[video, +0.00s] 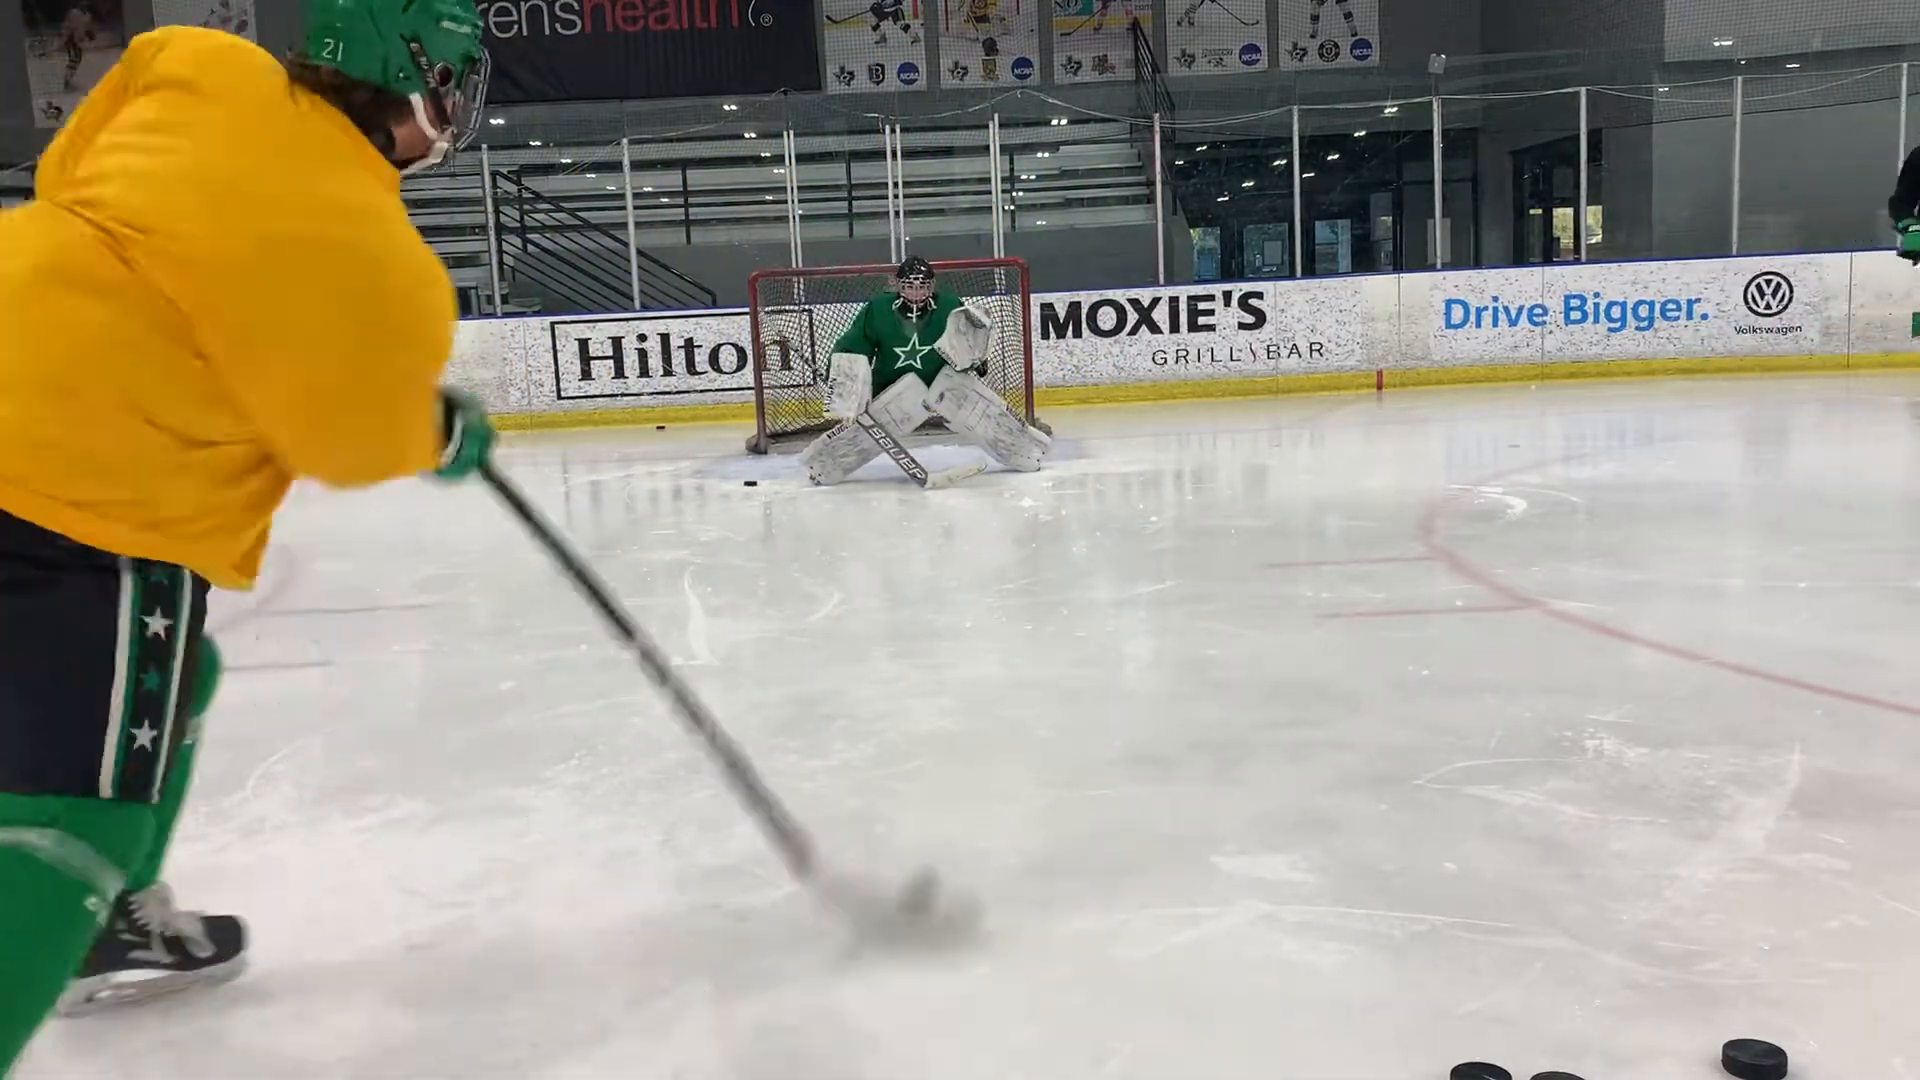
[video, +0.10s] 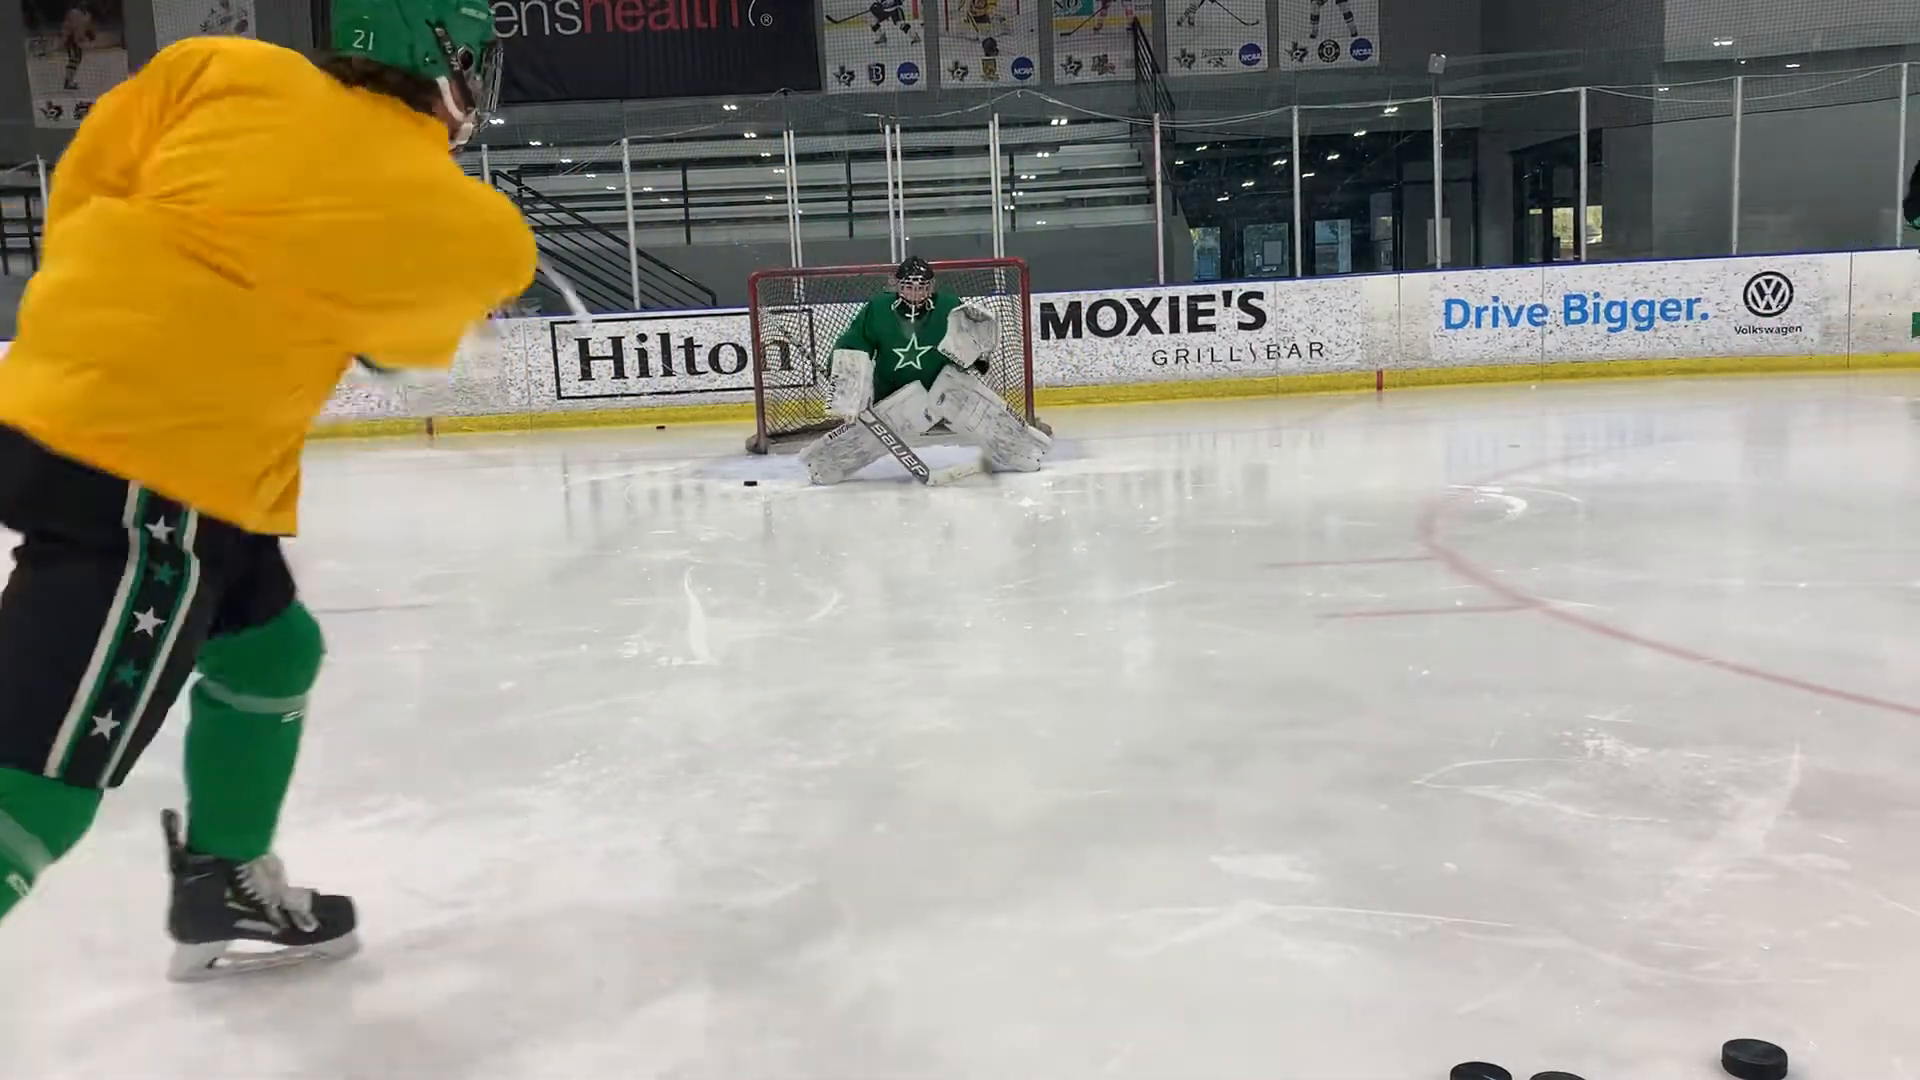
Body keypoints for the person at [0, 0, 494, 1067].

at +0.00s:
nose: (452, 134)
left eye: (461, 107)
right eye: (451, 103)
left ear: (330, 56)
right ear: (405, 92)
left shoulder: (190, 82)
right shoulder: (358, 239)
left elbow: (64, 171)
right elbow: (356, 440)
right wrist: (444, 430)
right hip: (83, 482)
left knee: (164, 676)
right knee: (65, 836)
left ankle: (98, 907)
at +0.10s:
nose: (478, 109)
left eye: (483, 80)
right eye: (475, 78)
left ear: (354, 45)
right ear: (439, 68)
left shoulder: (216, 66)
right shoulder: (457, 211)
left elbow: (78, 186)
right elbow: (404, 344)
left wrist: (80, 309)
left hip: (40, 409)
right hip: (152, 469)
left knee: (267, 651)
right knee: (27, 804)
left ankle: (225, 883)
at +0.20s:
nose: (502, 85)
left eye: (501, 65)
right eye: (496, 63)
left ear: (368, 40)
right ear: (468, 58)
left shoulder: (264, 74)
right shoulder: (471, 151)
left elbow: (116, 208)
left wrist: (164, 332)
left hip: (111, 374)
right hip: (234, 411)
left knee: (314, 636)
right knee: (56, 741)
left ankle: (273, 873)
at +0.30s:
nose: (505, 59)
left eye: (503, 42)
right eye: (499, 40)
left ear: (381, 26)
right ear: (479, 40)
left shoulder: (285, 65)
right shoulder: (489, 121)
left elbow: (161, 233)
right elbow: (557, 187)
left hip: (165, 354)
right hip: (287, 385)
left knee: (350, 614)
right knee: (133, 704)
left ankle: (333, 862)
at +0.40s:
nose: (515, 52)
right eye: (511, 39)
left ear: (391, 18)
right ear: (494, 34)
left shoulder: (294, 54)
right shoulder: (538, 120)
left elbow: (187, 222)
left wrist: (238, 330)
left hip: (213, 349)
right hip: (339, 369)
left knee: (401, 598)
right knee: (229, 692)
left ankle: (388, 842)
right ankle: (11, 919)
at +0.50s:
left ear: (401, 5)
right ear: (502, 14)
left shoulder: (312, 48)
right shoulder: (567, 97)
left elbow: (211, 219)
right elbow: (521, 282)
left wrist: (274, 329)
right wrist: (400, 311)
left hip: (269, 345)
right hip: (379, 357)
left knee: (456, 595)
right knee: (357, 681)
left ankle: (447, 825)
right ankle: (133, 913)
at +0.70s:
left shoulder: (365, 29)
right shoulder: (574, 47)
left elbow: (291, 219)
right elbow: (599, 245)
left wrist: (365, 311)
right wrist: (647, 382)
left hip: (349, 338)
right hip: (441, 342)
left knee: (481, 606)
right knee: (521, 636)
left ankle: (480, 812)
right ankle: (349, 891)